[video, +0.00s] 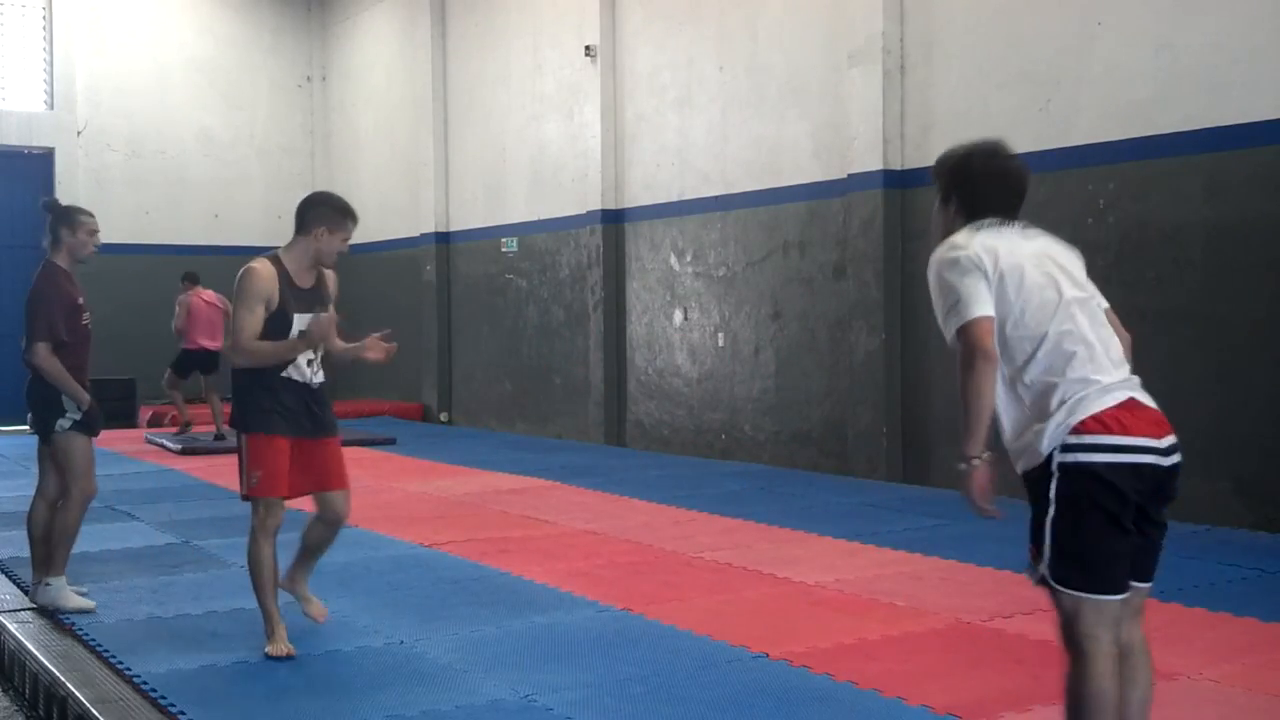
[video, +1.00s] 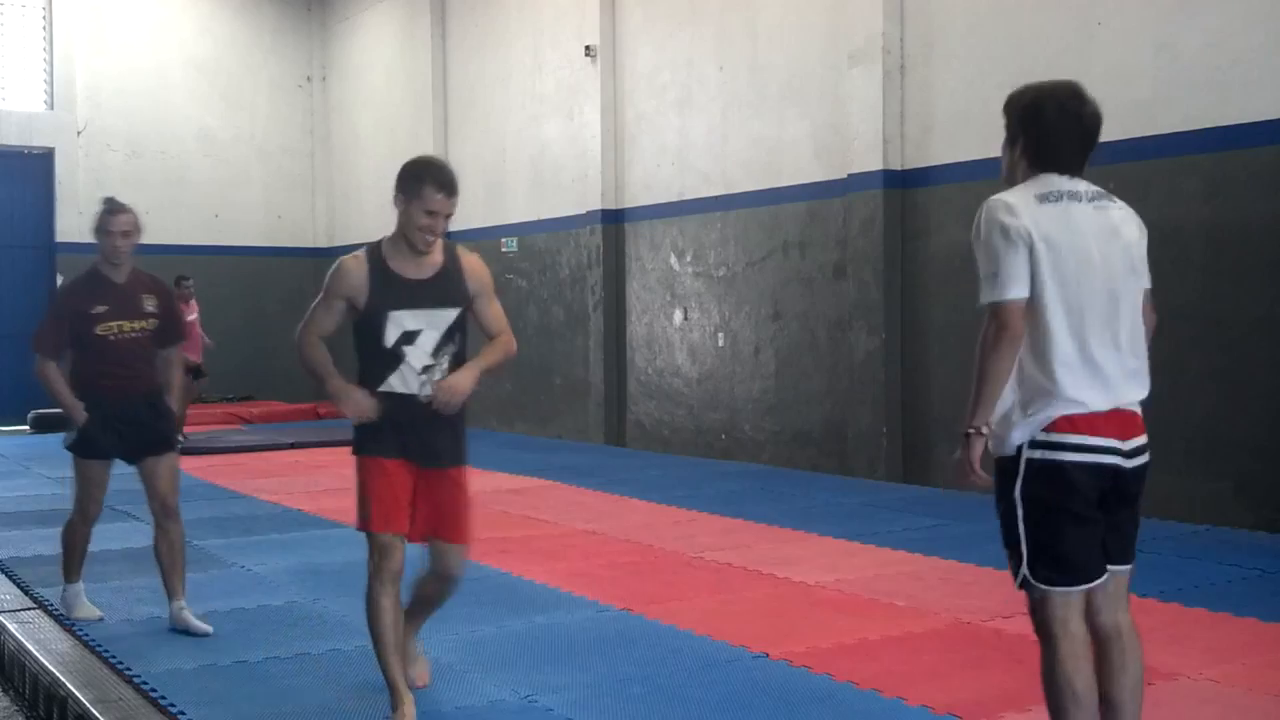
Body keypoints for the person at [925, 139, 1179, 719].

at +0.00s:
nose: (936, 211)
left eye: (939, 199)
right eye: (938, 199)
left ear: (952, 202)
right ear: (1010, 200)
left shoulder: (959, 251)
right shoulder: (1052, 247)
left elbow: (981, 348)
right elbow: (1118, 340)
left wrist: (974, 452)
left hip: (1087, 452)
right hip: (1154, 447)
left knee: (1088, 635)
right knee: (1128, 628)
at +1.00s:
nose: (1002, 146)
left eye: (1006, 135)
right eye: (1004, 134)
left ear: (1021, 142)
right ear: (1082, 146)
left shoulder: (1008, 209)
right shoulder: (1124, 216)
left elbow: (1007, 324)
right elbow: (1143, 320)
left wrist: (978, 423)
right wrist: (1114, 400)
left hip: (1049, 450)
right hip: (1125, 447)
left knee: (1061, 623)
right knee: (1113, 614)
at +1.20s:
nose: (999, 230)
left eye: (999, 223)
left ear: (1002, 224)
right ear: (1049, 219)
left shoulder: (989, 263)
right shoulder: (1083, 252)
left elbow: (929, 305)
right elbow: (1147, 267)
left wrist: (875, 329)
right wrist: (1186, 280)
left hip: (1042, 417)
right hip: (1098, 401)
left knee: (1087, 525)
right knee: (1111, 463)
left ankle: (1159, 609)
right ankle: (1152, 515)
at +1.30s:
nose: (972, 221)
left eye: (974, 216)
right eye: (975, 216)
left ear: (980, 215)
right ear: (1022, 208)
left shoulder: (968, 248)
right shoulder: (1057, 241)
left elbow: (894, 282)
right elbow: (1121, 270)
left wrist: (844, 300)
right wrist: (1130, 267)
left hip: (1020, 400)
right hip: (1070, 382)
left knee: (1074, 504)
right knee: (1084, 459)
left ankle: (1137, 593)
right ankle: (1137, 521)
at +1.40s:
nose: (948, 237)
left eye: (949, 231)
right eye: (952, 232)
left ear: (953, 230)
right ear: (992, 224)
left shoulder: (945, 261)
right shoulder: (1025, 256)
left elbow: (905, 298)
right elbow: (1077, 303)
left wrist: (866, 320)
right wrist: (1036, 321)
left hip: (1010, 412)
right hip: (1053, 393)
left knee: (1051, 501)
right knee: (1038, 479)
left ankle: (1109, 584)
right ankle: (1075, 554)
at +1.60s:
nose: (869, 329)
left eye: (870, 322)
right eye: (868, 322)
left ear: (880, 318)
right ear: (907, 307)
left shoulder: (882, 354)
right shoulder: (947, 325)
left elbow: (882, 403)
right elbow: (1013, 328)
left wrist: (918, 410)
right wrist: (1071, 340)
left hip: (957, 466)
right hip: (985, 456)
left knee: (1020, 539)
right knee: (914, 497)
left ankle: (1120, 595)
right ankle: (907, 566)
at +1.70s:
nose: (809, 325)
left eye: (809, 319)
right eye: (812, 319)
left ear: (814, 318)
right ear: (845, 309)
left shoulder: (822, 349)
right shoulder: (882, 331)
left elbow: (790, 388)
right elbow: (938, 340)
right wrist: (978, 359)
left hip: (900, 459)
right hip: (925, 443)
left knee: (935, 543)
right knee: (880, 494)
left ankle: (1028, 547)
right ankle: (902, 569)